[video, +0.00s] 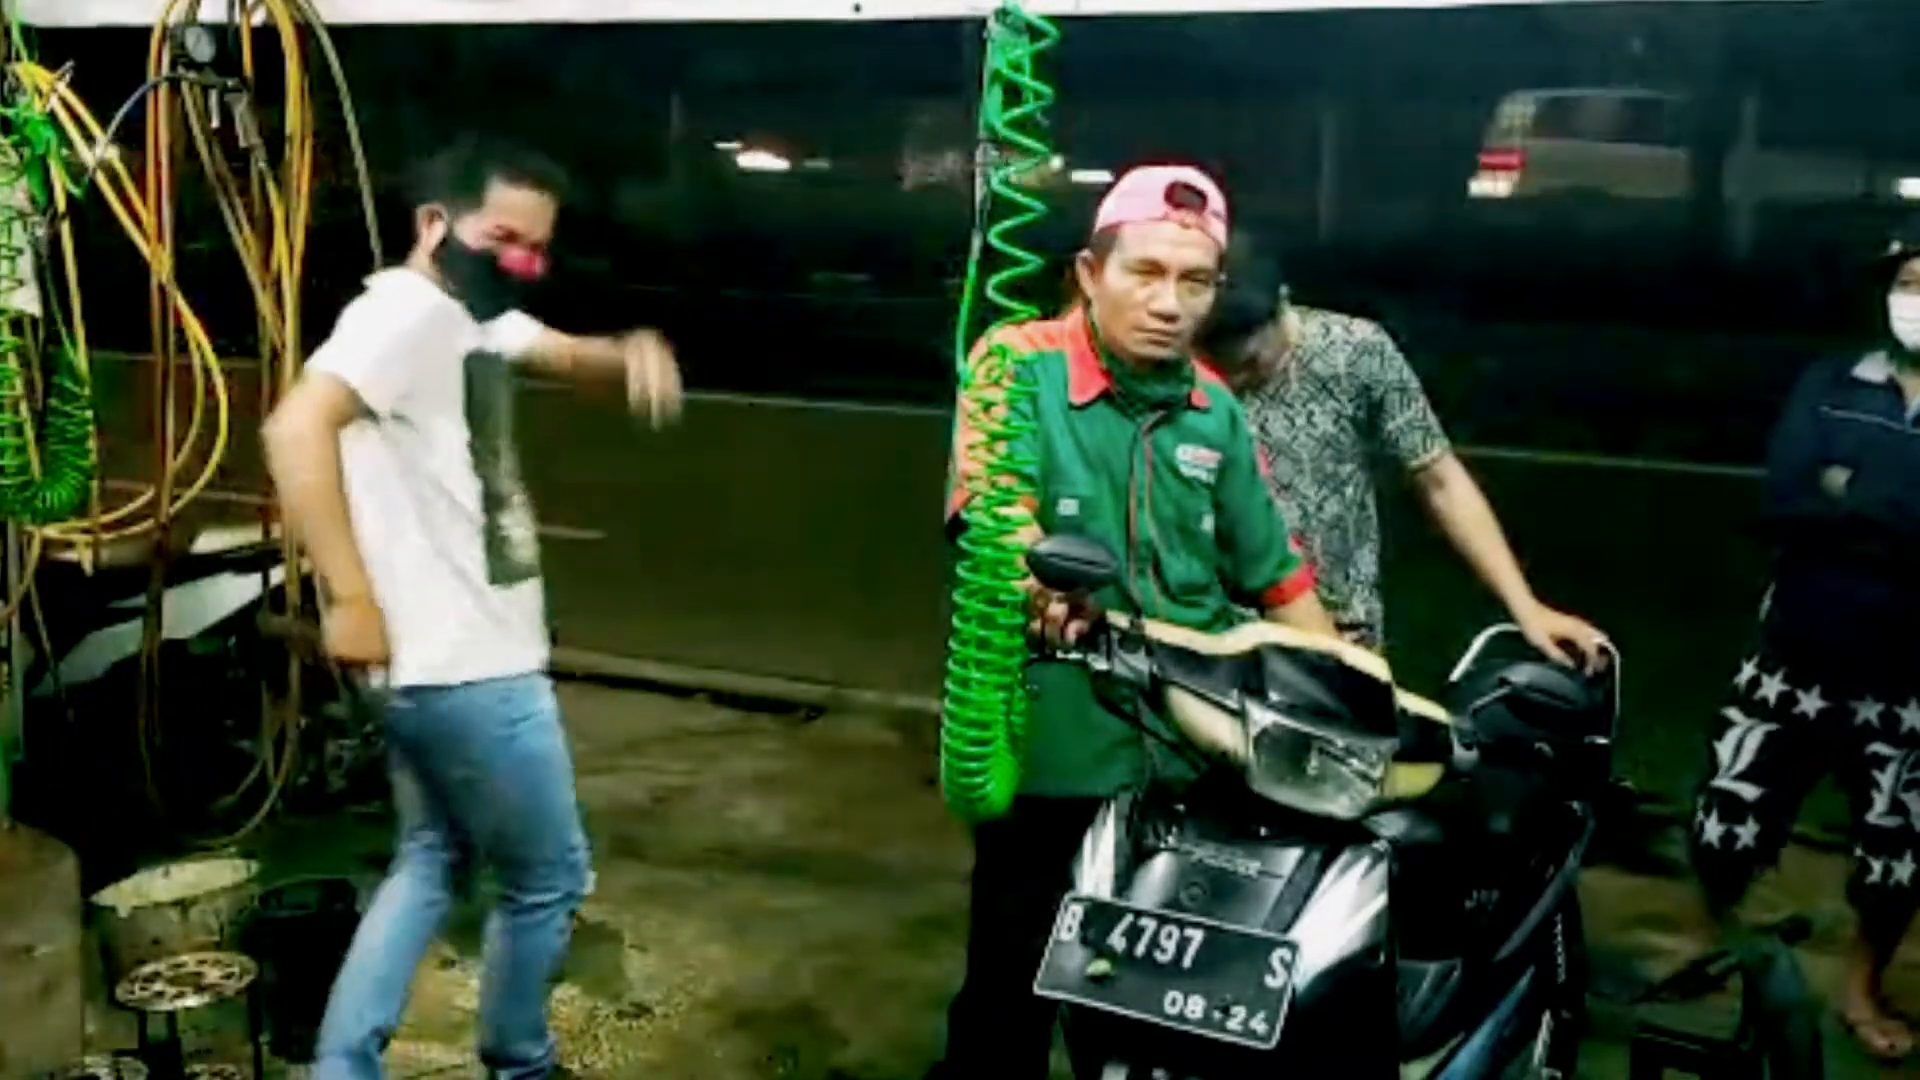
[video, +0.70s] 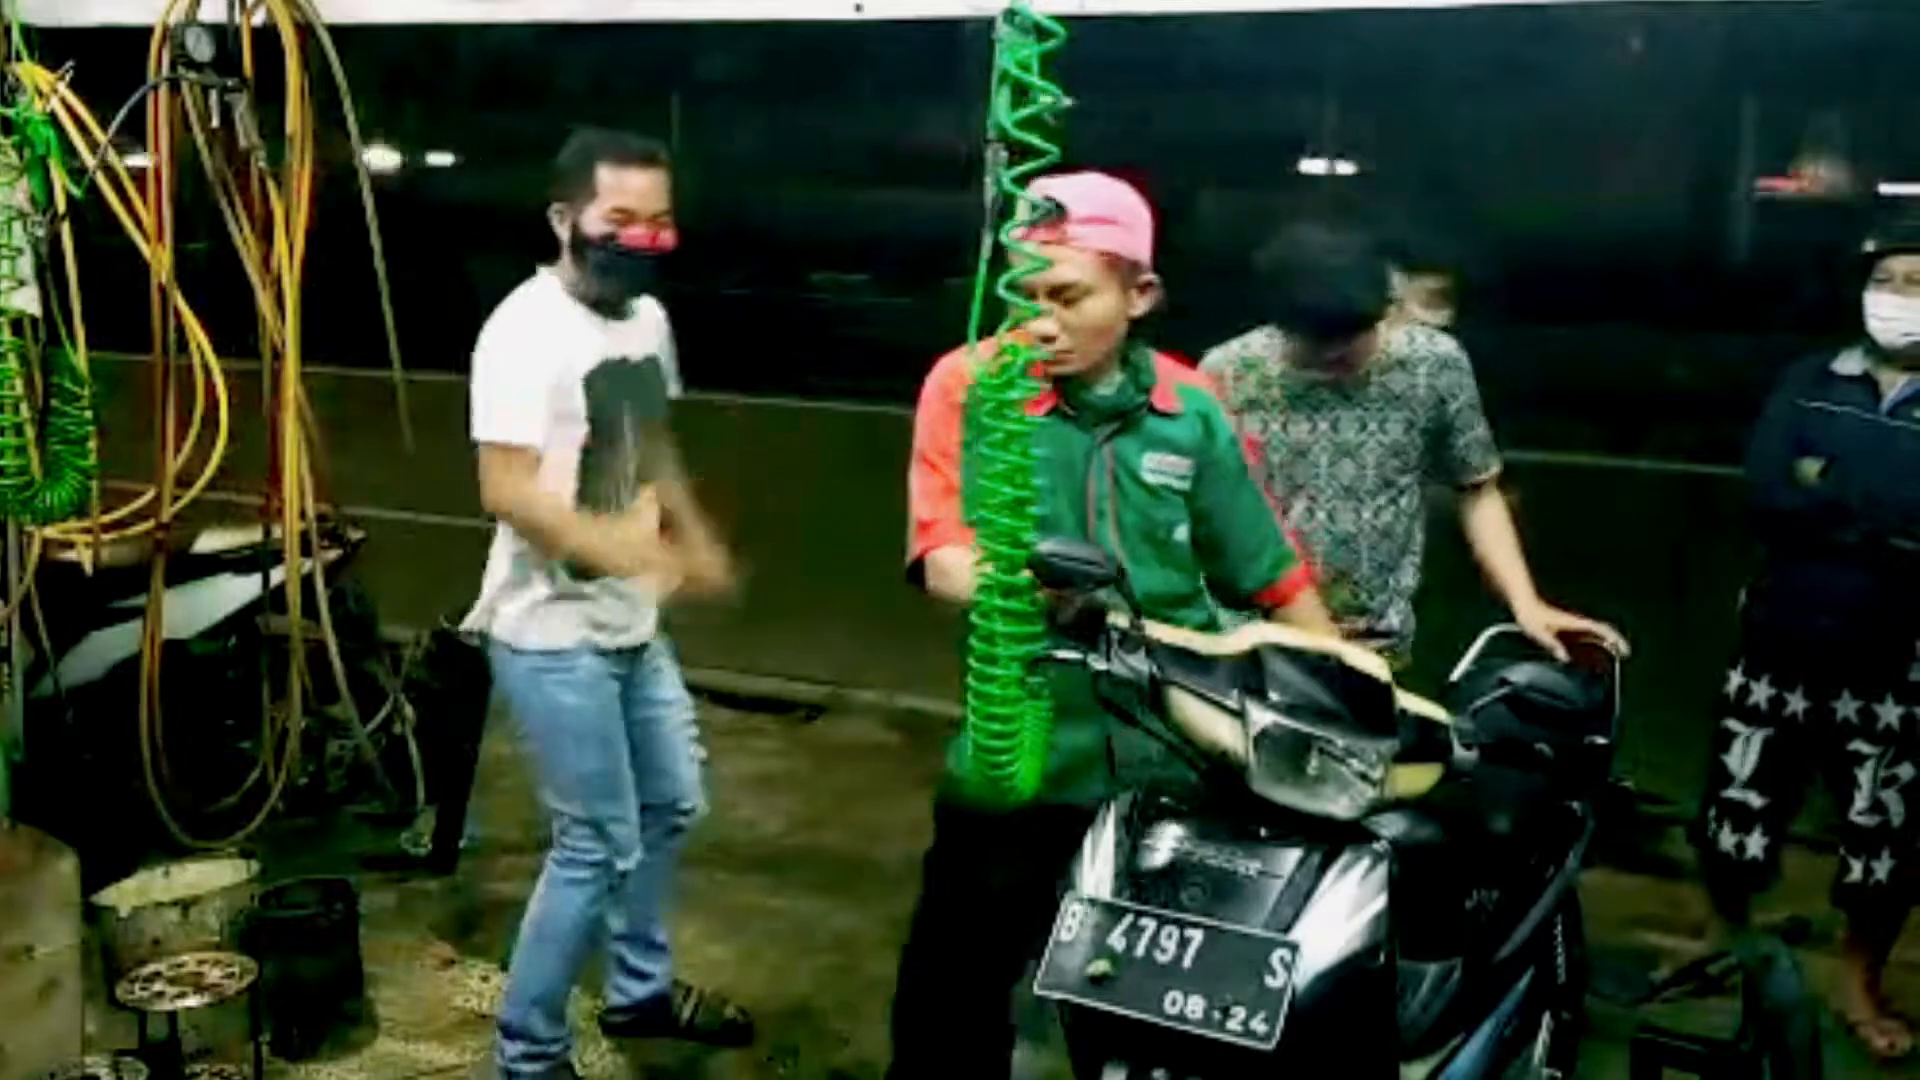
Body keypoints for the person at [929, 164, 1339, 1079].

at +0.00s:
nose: (1169, 303)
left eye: (1194, 282)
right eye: (1146, 274)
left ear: (1217, 296)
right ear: (1090, 274)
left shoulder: (1215, 412)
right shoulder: (1017, 367)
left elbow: (1282, 584)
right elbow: (987, 509)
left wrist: (1344, 699)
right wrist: (1043, 596)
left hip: (1188, 754)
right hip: (1050, 752)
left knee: (1159, 1009)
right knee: (1007, 1010)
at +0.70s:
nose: (1045, 322)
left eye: (1069, 298)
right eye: (1031, 298)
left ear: (1138, 294)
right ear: (1014, 296)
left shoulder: (1189, 409)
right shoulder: (969, 386)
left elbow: (1283, 588)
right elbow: (943, 557)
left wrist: (1353, 678)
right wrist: (1037, 596)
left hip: (1161, 773)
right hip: (1015, 776)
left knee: (1141, 1036)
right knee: (943, 1025)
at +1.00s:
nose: (952, 335)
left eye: (977, 313)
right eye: (941, 310)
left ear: (1059, 306)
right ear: (927, 300)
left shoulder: (1135, 407)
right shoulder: (902, 407)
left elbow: (1241, 596)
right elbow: (885, 604)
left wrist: (1337, 663)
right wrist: (1012, 648)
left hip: (1121, 774)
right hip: (960, 775)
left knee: (1135, 1023)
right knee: (890, 1018)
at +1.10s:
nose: (903, 345)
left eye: (926, 319)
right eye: (888, 318)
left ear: (1006, 306)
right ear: (873, 308)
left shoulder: (1100, 408)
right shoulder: (861, 418)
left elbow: (1211, 586)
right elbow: (853, 616)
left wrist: (1325, 652)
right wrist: (970, 713)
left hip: (1092, 792)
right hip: (922, 790)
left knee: (1135, 1033)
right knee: (863, 1039)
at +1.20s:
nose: (842, 336)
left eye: (864, 311)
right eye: (829, 312)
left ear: (950, 293)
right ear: (816, 303)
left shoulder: (1054, 404)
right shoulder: (818, 420)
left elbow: (1171, 591)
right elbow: (801, 624)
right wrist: (869, 776)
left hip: (1049, 812)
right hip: (876, 809)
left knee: (1112, 1051)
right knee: (847, 1056)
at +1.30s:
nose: (781, 328)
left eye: (800, 301)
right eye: (771, 302)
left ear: (888, 288)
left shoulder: (1016, 400)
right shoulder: (779, 418)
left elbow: (1112, 577)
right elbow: (734, 610)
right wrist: (742, 779)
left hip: (1011, 817)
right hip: (840, 819)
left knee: (1071, 1054)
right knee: (843, 1058)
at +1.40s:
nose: (757, 321)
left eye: (776, 293)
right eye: (746, 296)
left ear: (864, 275)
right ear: (741, 284)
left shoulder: (990, 396)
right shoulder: (750, 411)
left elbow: (1090, 602)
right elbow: (699, 588)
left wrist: (1101, 799)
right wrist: (658, 740)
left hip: (990, 819)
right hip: (826, 820)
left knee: (1039, 1046)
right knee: (844, 1054)